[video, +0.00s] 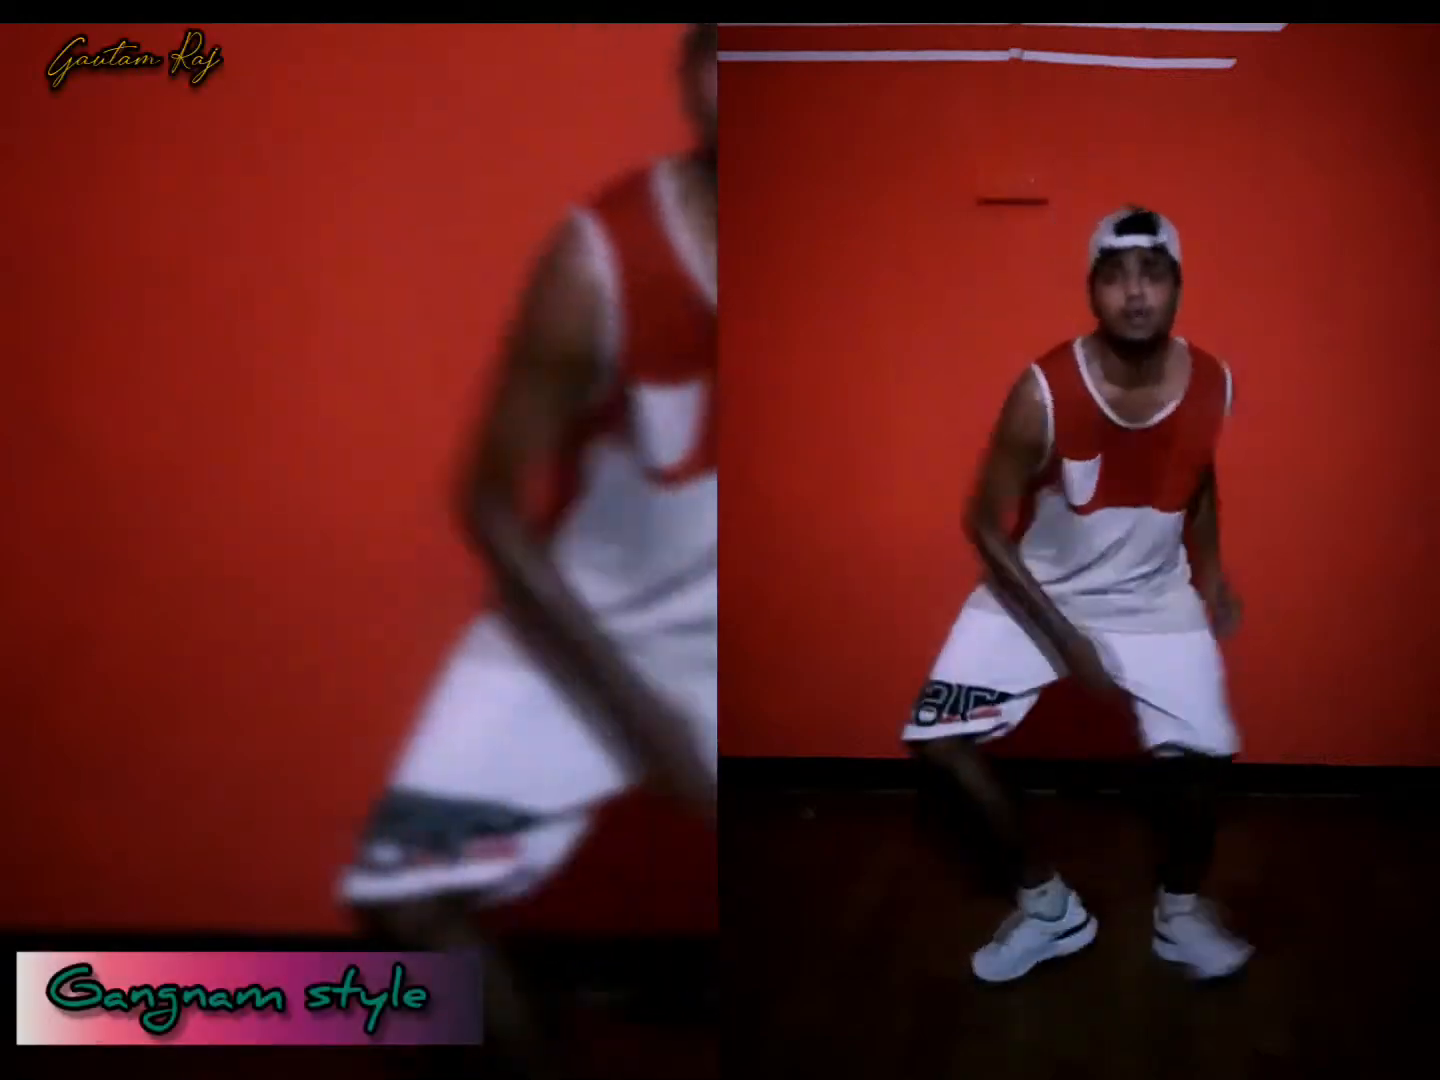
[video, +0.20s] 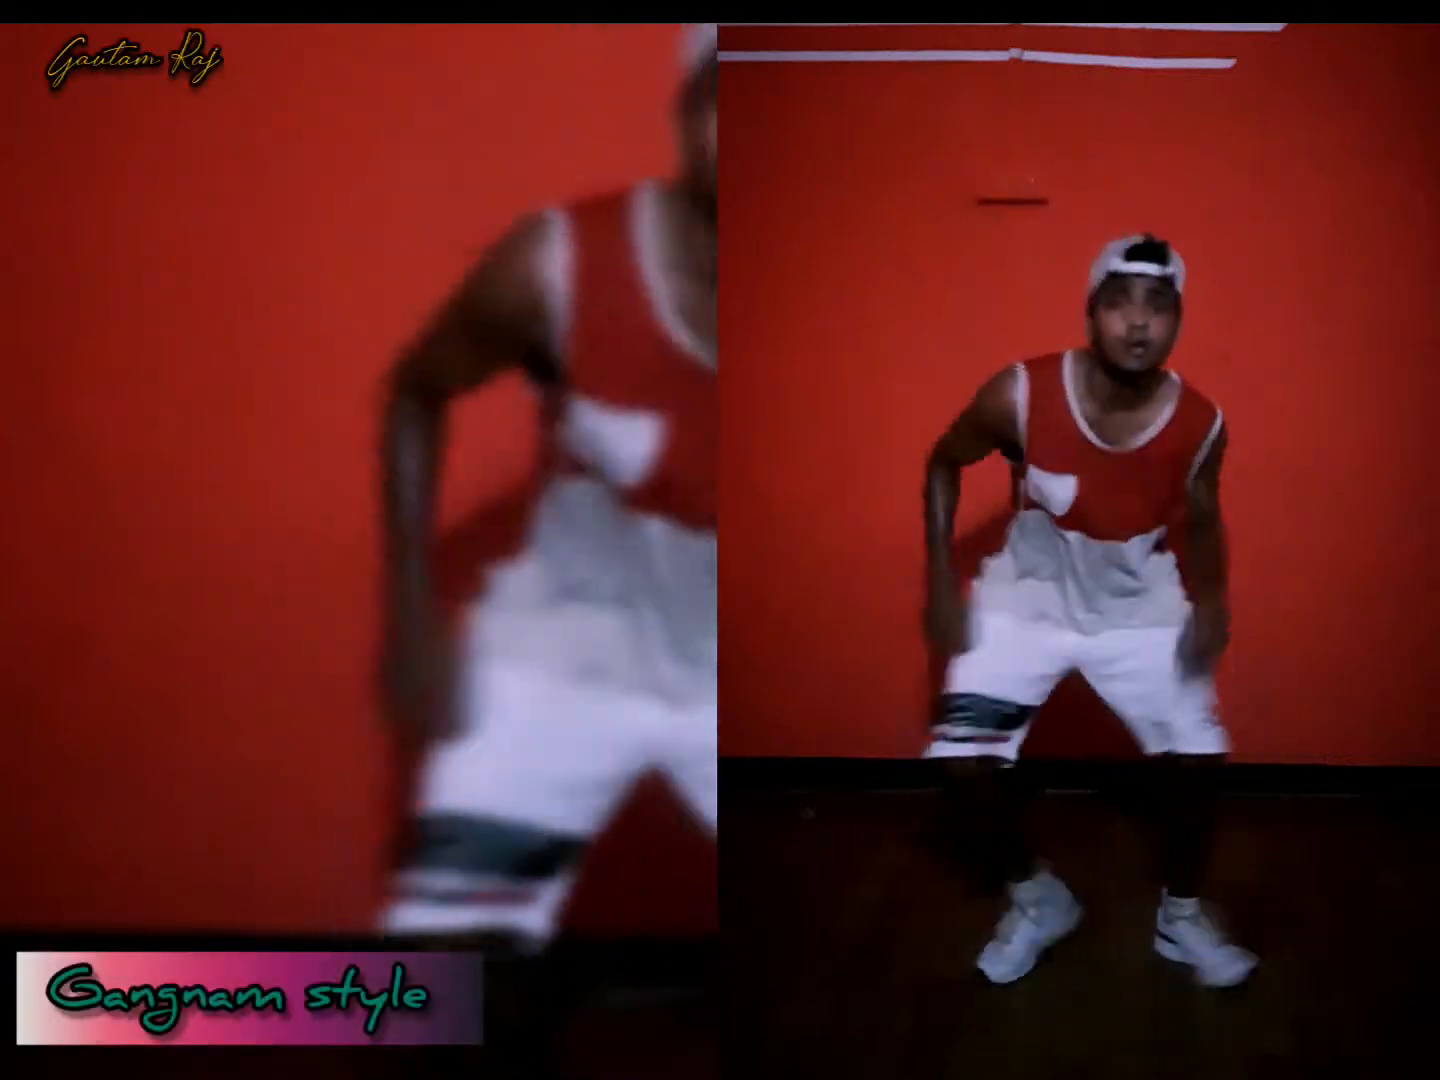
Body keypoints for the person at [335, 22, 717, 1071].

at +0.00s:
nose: (747, 95)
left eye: (765, 67)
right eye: (727, 64)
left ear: (826, 92)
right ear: (693, 80)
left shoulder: (858, 244)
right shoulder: (610, 255)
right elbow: (494, 507)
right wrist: (657, 738)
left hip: (781, 626)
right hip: (601, 631)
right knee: (410, 891)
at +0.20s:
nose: (741, 140)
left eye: (762, 112)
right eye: (726, 108)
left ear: (812, 131)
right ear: (688, 114)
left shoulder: (829, 281)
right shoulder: (567, 259)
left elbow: (911, 459)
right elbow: (415, 392)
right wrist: (413, 621)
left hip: (745, 638)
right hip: (566, 629)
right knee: (447, 938)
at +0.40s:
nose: (616, 98)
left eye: (657, 69)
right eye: (585, 61)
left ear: (699, 100)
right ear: (541, 82)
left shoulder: (746, 251)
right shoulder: (471, 215)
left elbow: (813, 439)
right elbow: (457, 399)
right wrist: (406, 587)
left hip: (718, 656)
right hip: (541, 641)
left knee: (776, 955)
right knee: (477, 938)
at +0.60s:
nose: (544, 158)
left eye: (584, 126)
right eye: (516, 122)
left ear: (635, 151)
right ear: (480, 145)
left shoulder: (721, 289)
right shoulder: (439, 301)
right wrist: (430, 503)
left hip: (700, 699)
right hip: (525, 687)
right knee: (434, 963)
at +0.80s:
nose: (656, 77)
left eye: (686, 43)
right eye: (622, 48)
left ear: (733, 64)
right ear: (586, 78)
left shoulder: (797, 240)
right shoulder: (554, 278)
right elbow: (553, 504)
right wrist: (638, 587)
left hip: (775, 588)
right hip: (614, 590)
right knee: (576, 883)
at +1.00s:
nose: (751, 113)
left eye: (770, 85)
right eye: (730, 81)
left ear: (829, 110)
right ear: (694, 97)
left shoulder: (858, 268)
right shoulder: (598, 277)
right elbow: (537, 548)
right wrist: (642, 563)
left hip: (807, 652)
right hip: (628, 654)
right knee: (443, 932)